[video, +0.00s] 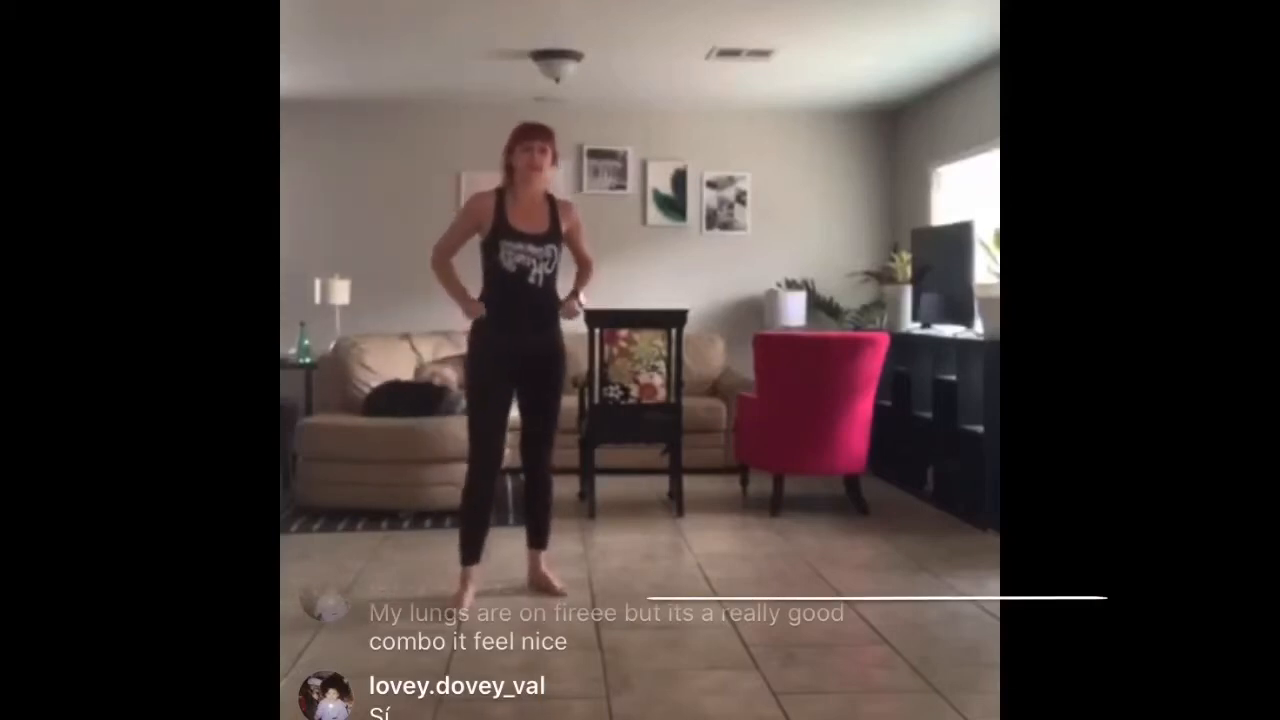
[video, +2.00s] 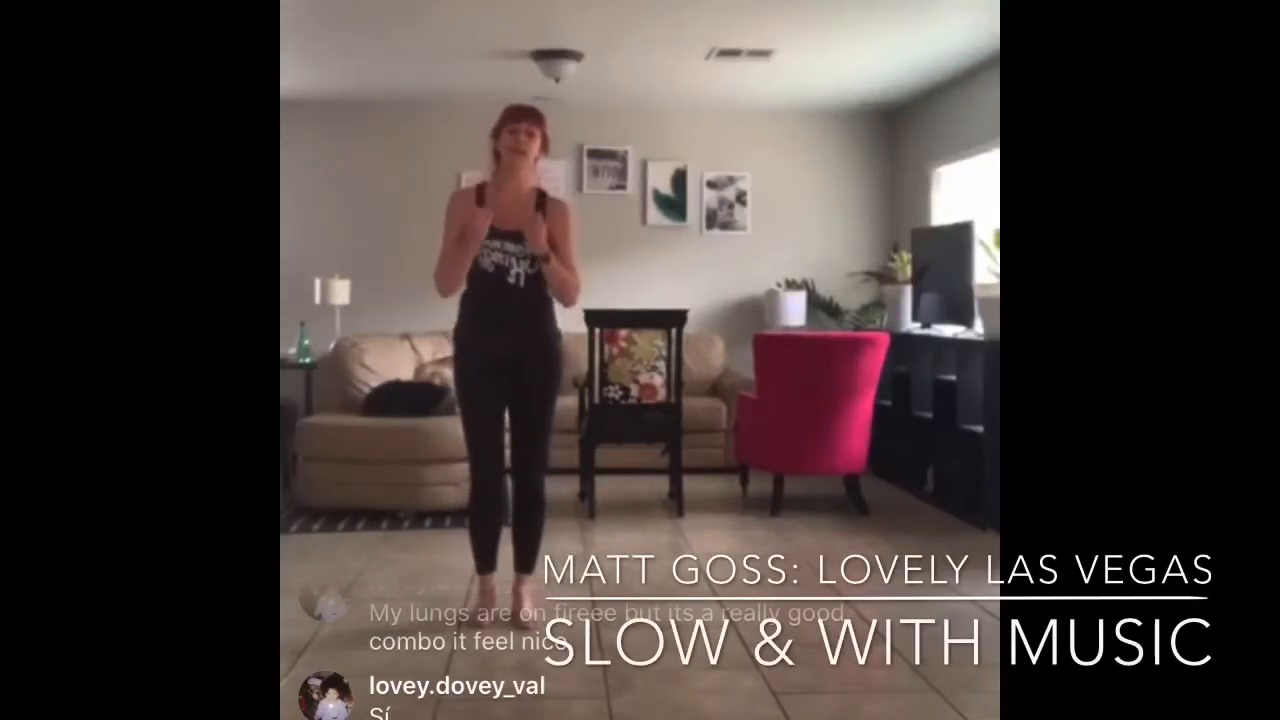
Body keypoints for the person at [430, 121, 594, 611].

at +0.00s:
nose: (534, 158)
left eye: (541, 152)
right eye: (526, 150)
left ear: (553, 163)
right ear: (510, 158)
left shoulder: (564, 214)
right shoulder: (485, 205)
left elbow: (586, 264)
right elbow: (441, 257)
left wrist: (574, 299)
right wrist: (466, 302)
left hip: (544, 339)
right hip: (494, 338)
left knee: (538, 459)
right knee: (484, 461)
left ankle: (539, 564)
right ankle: (468, 579)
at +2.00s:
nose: (519, 139)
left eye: (529, 134)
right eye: (511, 131)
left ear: (542, 149)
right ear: (495, 141)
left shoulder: (555, 209)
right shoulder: (466, 201)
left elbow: (570, 293)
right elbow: (446, 284)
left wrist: (543, 249)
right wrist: (472, 236)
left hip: (535, 347)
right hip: (479, 346)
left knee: (529, 469)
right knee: (485, 469)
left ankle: (525, 583)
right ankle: (485, 584)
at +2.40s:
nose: (507, 172)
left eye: (518, 167)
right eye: (499, 165)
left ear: (530, 181)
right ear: (484, 177)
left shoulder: (544, 232)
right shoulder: (463, 230)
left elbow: (582, 283)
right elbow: (421, 279)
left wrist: (553, 219)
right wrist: (449, 217)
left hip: (529, 367)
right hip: (474, 366)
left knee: (523, 479)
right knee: (478, 480)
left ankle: (521, 583)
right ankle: (490, 582)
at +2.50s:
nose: (509, 138)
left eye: (518, 132)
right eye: (500, 130)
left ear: (531, 145)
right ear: (484, 142)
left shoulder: (539, 200)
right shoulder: (462, 194)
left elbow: (578, 180)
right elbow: (418, 164)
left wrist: (550, 123)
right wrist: (448, 99)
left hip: (529, 347)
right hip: (471, 345)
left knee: (525, 467)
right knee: (475, 467)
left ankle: (524, 579)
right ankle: (488, 577)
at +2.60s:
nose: (506, 100)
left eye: (516, 94)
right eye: (497, 92)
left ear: (530, 106)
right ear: (479, 102)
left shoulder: (541, 158)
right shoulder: (462, 153)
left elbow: (564, 87)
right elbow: (434, 76)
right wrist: (440, 4)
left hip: (525, 306)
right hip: (466, 305)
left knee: (529, 434)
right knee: (474, 436)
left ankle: (533, 560)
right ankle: (473, 563)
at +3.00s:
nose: (491, 160)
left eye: (499, 153)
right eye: (482, 153)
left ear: (512, 166)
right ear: (463, 165)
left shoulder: (526, 217)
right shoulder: (444, 217)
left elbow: (584, 177)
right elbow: (425, 162)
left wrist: (550, 118)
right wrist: (456, 98)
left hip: (513, 362)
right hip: (455, 361)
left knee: (516, 479)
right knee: (450, 479)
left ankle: (503, 593)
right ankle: (477, 586)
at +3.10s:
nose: (473, 166)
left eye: (484, 158)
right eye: (463, 158)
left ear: (501, 167)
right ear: (449, 166)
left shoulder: (516, 223)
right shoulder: (433, 216)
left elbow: (587, 242)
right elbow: (435, 233)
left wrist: (573, 184)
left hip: (510, 370)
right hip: (451, 370)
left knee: (512, 485)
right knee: (420, 489)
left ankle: (501, 599)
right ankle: (463, 584)